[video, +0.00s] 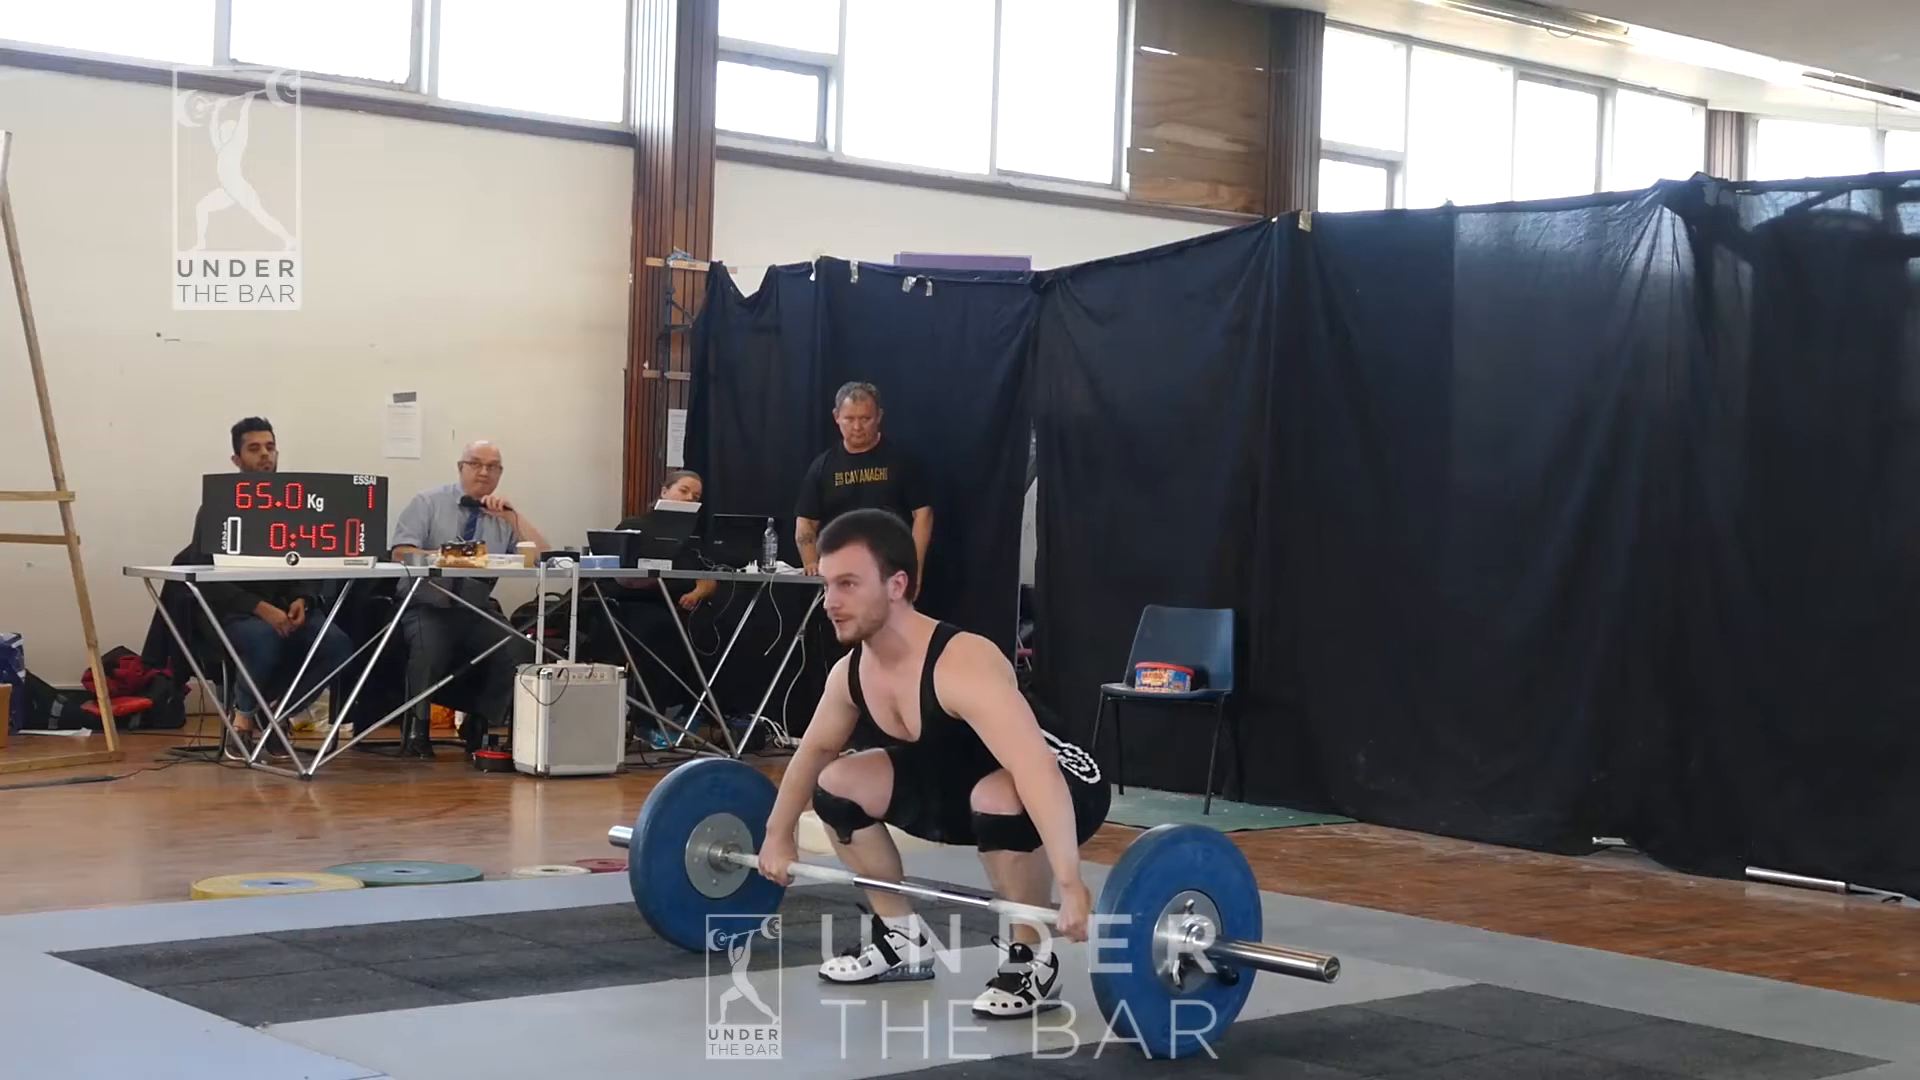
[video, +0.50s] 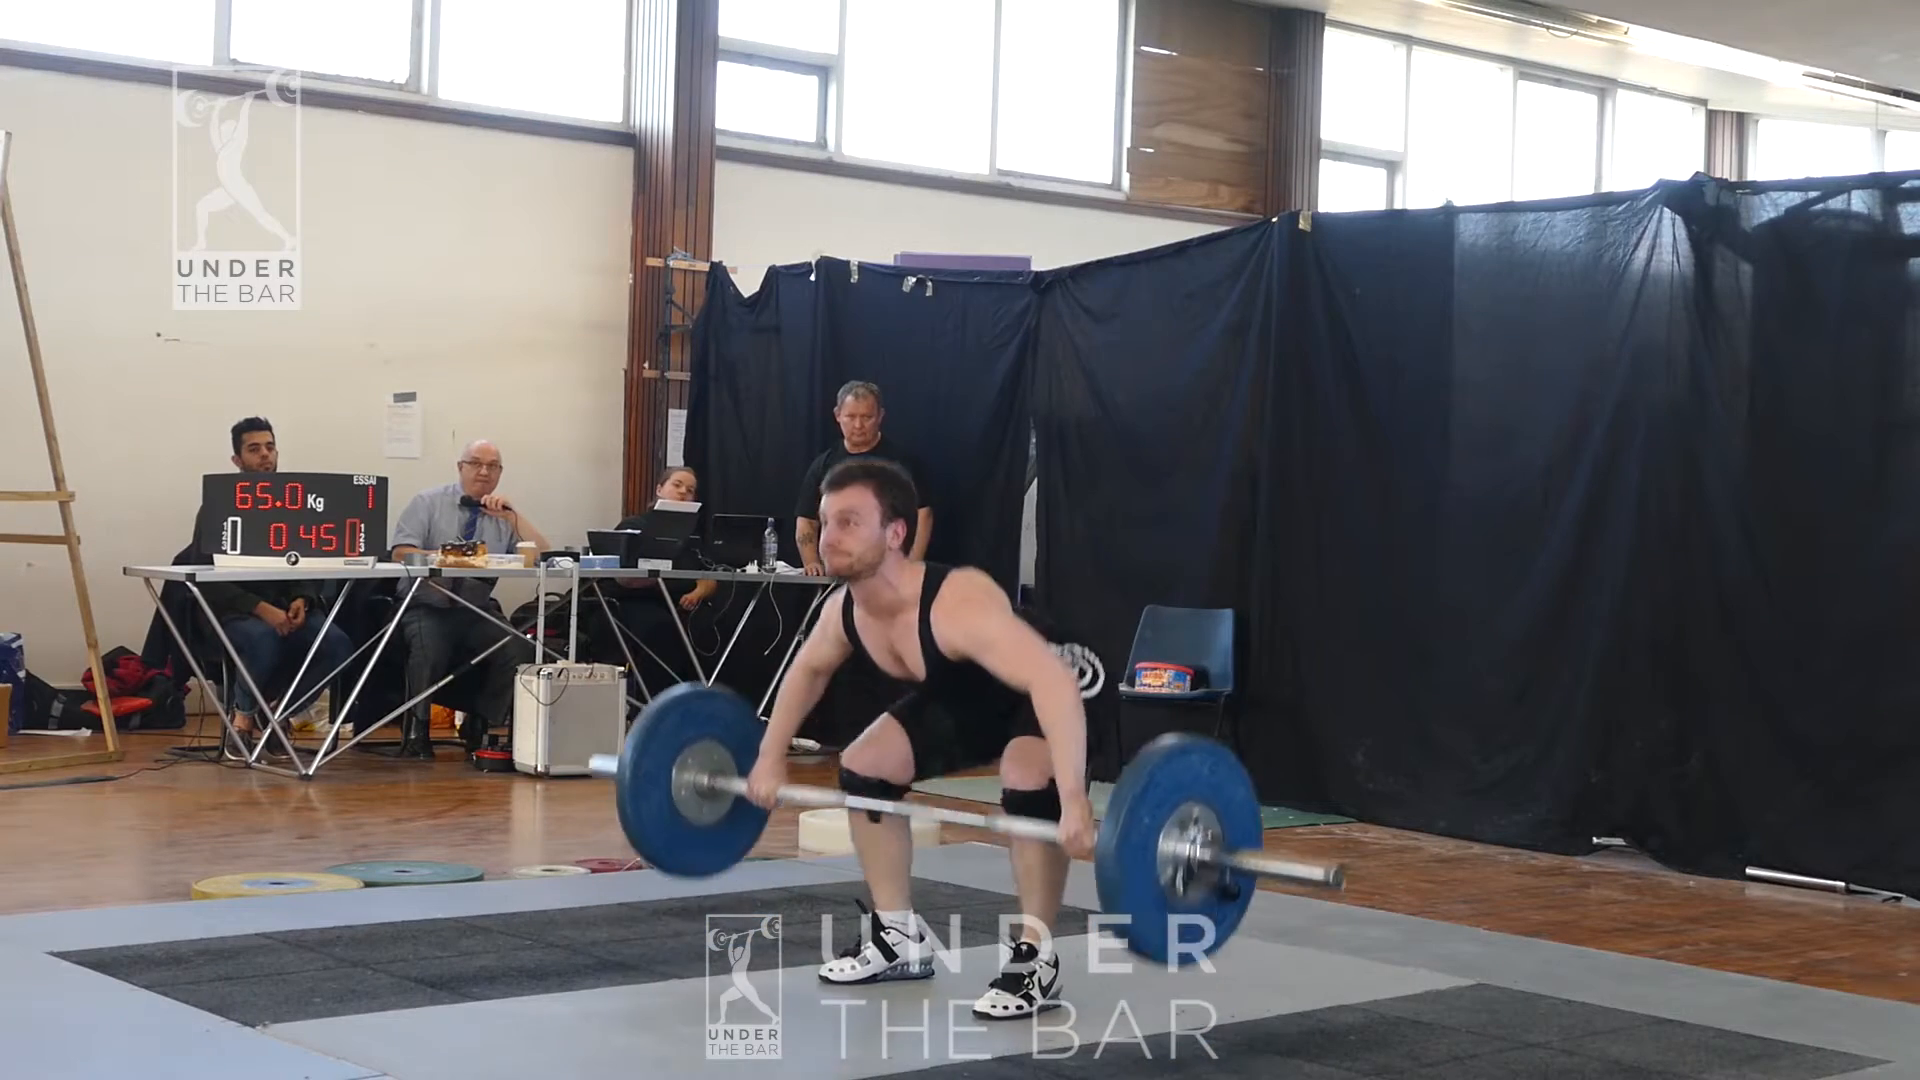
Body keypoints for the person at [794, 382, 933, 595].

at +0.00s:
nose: (857, 427)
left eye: (865, 419)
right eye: (849, 418)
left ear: (879, 417)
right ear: (837, 417)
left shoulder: (902, 460)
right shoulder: (823, 466)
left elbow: (923, 515)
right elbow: (805, 525)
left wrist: (914, 572)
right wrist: (813, 568)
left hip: (890, 571)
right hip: (839, 571)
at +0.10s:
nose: (857, 426)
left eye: (865, 418)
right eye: (850, 418)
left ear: (879, 417)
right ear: (837, 417)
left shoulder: (902, 460)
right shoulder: (823, 466)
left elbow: (923, 513)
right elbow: (806, 522)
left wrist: (910, 564)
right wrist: (811, 562)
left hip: (890, 567)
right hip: (838, 569)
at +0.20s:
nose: (857, 426)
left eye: (866, 418)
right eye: (850, 417)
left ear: (880, 417)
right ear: (837, 417)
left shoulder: (902, 460)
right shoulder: (823, 466)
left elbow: (923, 513)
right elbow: (806, 523)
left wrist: (910, 566)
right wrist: (811, 563)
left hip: (890, 568)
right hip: (838, 570)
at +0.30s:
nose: (857, 426)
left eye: (866, 418)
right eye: (850, 417)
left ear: (880, 417)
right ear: (837, 416)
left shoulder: (903, 460)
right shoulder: (823, 466)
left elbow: (923, 514)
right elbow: (806, 523)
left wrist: (912, 571)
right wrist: (811, 562)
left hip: (890, 571)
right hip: (839, 572)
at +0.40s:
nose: (858, 425)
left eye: (866, 417)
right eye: (850, 417)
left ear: (880, 416)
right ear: (837, 416)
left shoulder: (902, 460)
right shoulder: (823, 466)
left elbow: (922, 514)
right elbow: (805, 524)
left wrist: (915, 571)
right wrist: (814, 568)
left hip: (890, 572)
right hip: (838, 571)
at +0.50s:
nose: (858, 425)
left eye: (867, 417)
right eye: (851, 417)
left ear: (880, 417)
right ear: (838, 416)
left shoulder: (903, 461)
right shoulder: (824, 464)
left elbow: (924, 514)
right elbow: (806, 520)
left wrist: (913, 564)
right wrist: (811, 562)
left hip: (888, 569)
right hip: (836, 571)